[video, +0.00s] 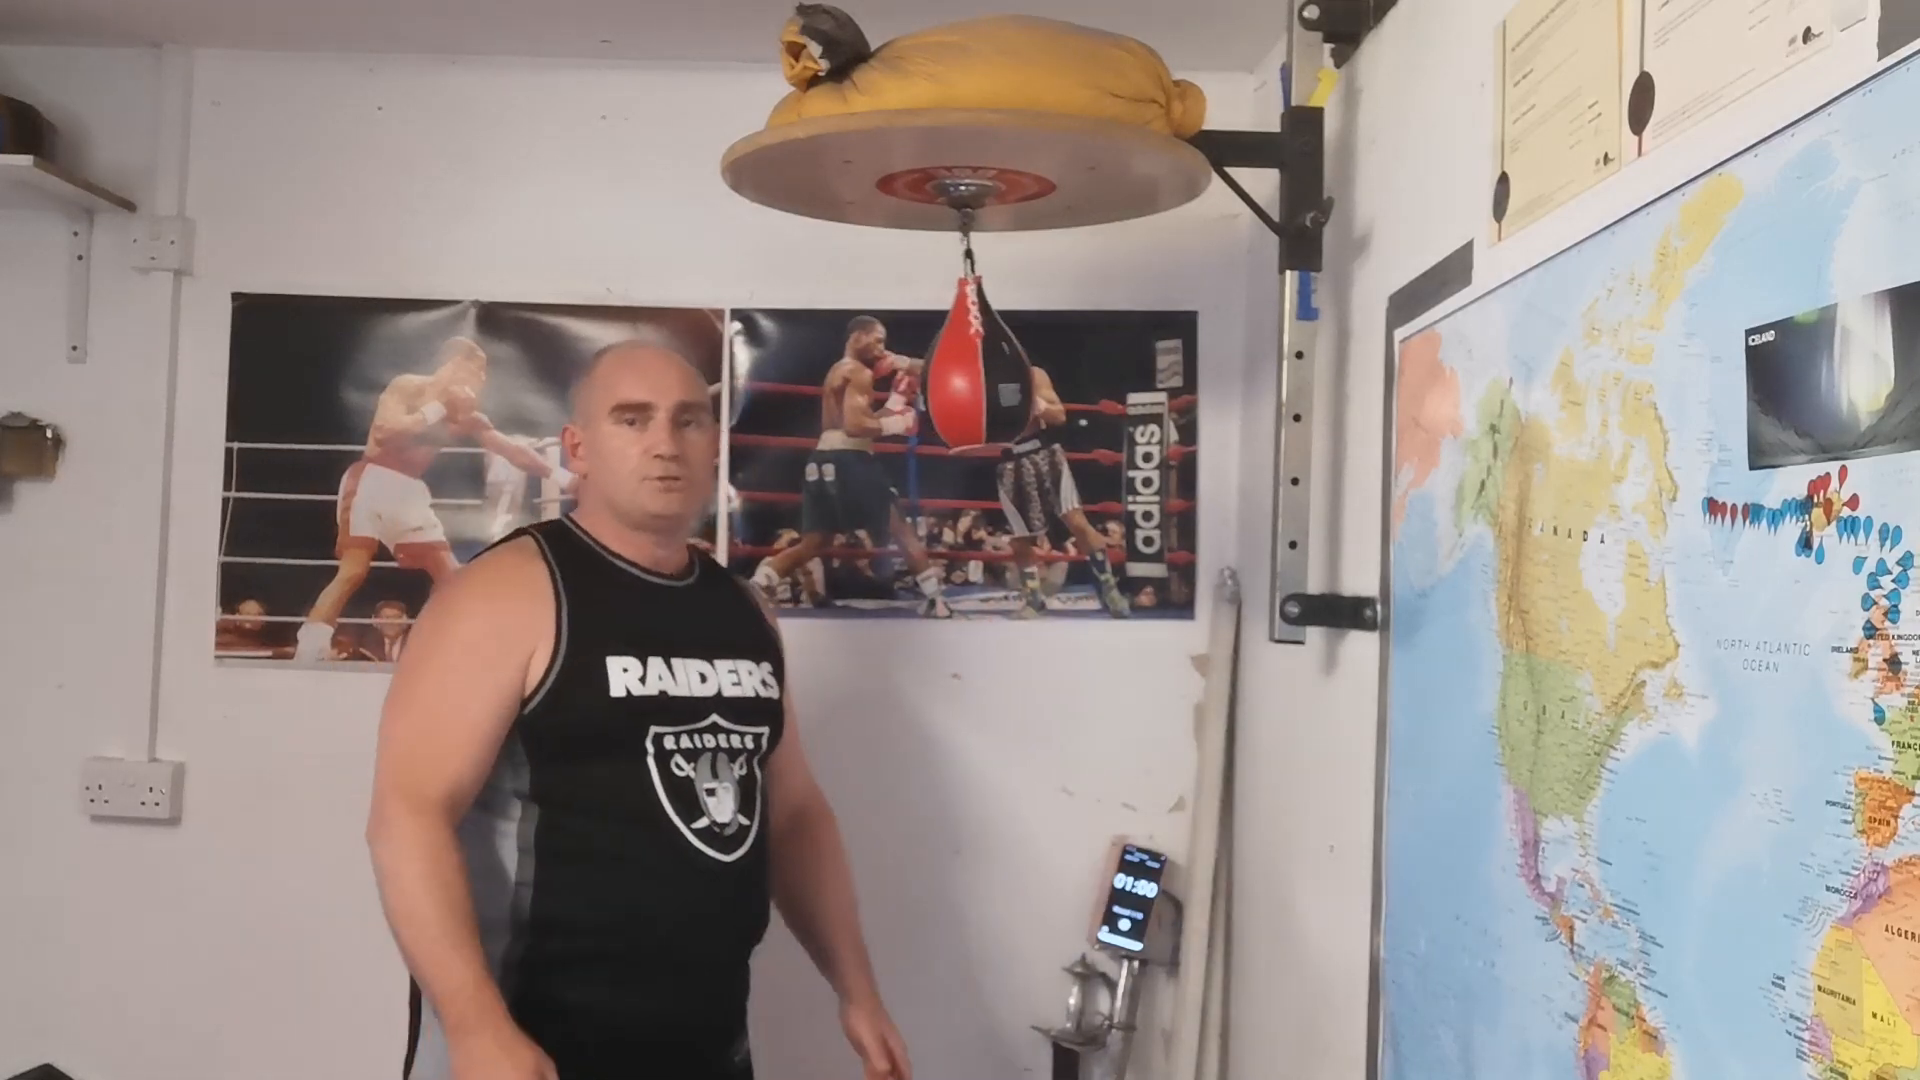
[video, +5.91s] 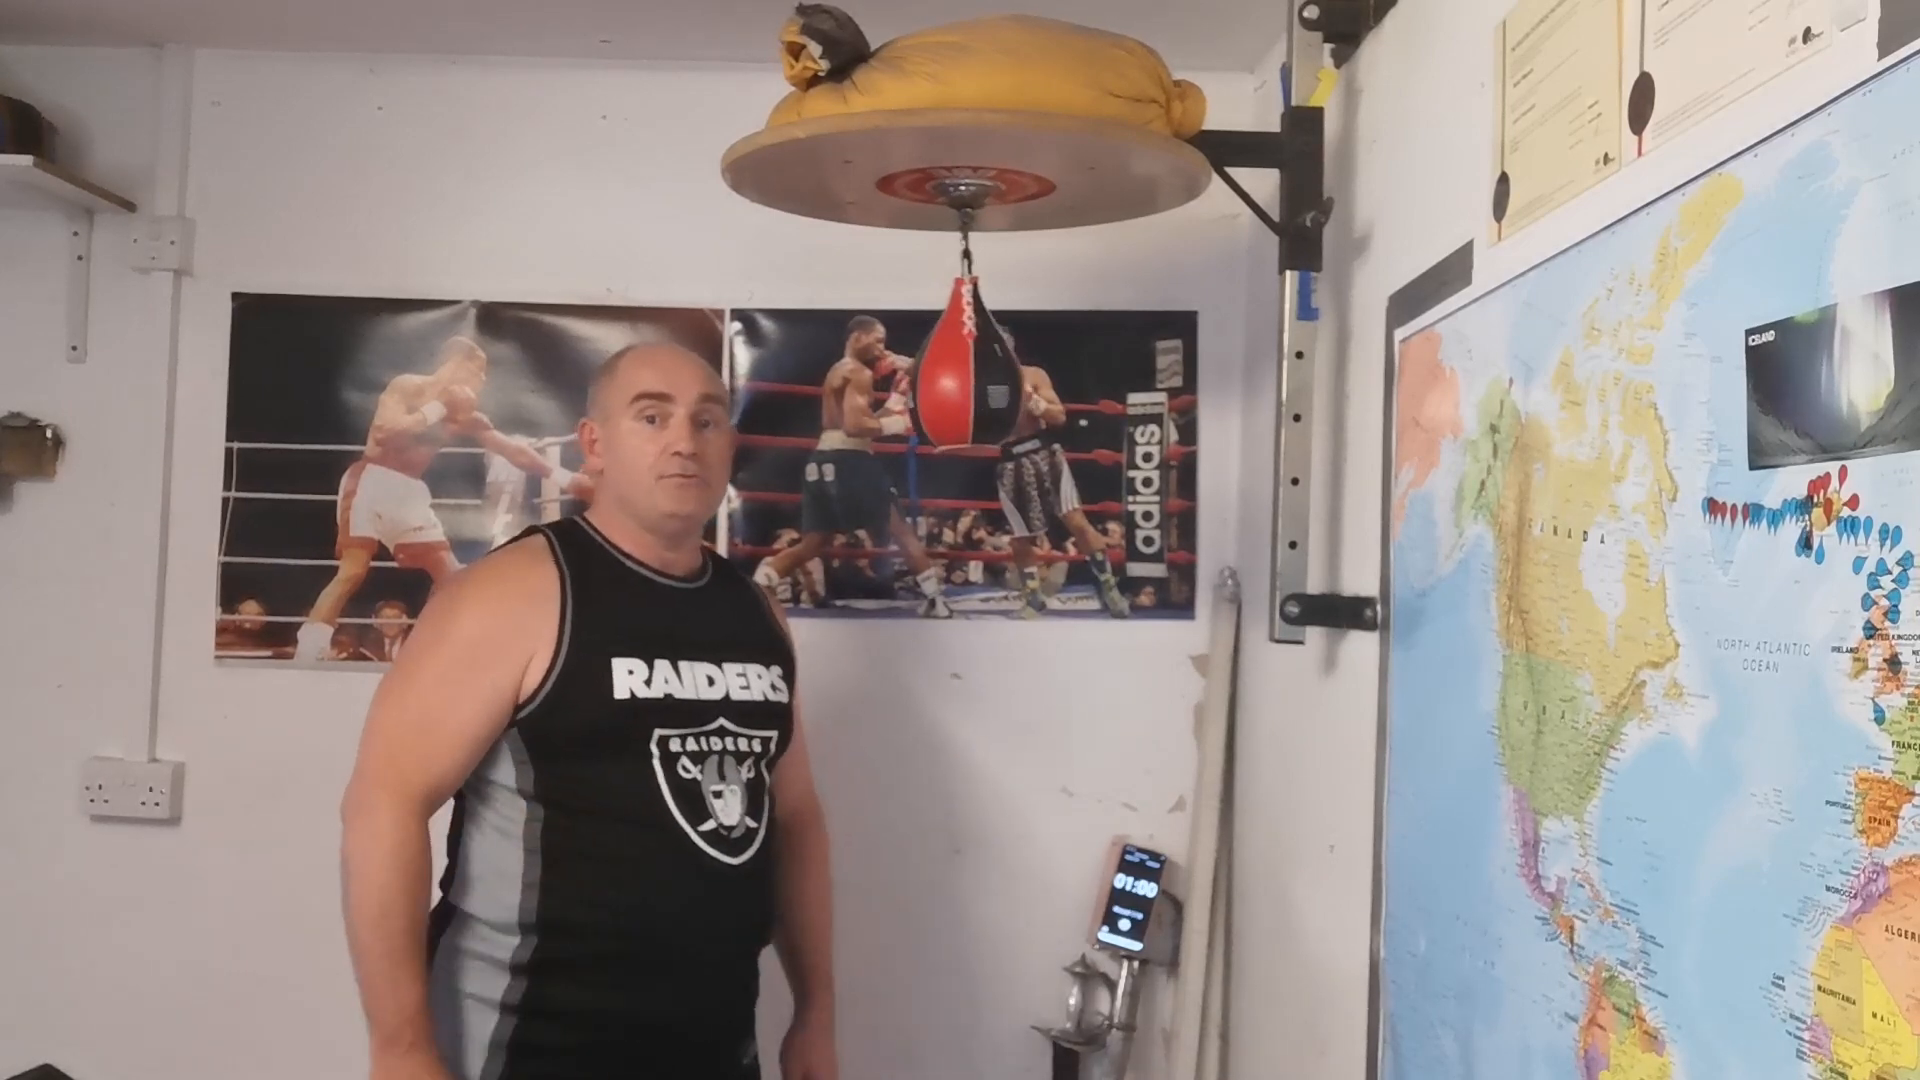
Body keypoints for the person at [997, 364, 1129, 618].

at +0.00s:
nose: (1003, 360)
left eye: (1006, 353)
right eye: (995, 357)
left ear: (1015, 354)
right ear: (988, 363)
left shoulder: (1034, 376)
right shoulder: (983, 386)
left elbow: (1059, 416)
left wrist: (1041, 407)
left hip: (1047, 455)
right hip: (1011, 463)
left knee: (1076, 522)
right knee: (1020, 536)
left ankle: (1109, 588)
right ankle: (1032, 598)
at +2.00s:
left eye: (1007, 353)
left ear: (1016, 354)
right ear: (989, 363)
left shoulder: (1035, 376)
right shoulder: (982, 386)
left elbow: (1059, 416)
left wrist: (1042, 407)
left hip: (1047, 454)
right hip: (1011, 463)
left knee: (1076, 522)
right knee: (1021, 536)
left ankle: (1109, 589)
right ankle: (1032, 599)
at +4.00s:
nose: (1002, 358)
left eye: (1005, 350)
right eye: (995, 353)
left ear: (1014, 349)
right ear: (987, 359)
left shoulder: (1033, 375)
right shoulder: (983, 387)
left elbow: (1059, 416)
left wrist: (1040, 407)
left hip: (1046, 456)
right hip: (1011, 465)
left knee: (1077, 524)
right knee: (1021, 537)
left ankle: (1109, 590)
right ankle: (1032, 599)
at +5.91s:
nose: (1002, 357)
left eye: (1005, 349)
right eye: (995, 351)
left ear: (1013, 348)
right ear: (987, 356)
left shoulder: (1034, 375)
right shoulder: (985, 386)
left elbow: (1059, 416)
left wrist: (1040, 408)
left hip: (1046, 456)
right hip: (1011, 465)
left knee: (1077, 524)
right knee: (1021, 536)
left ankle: (1108, 588)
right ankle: (1032, 598)